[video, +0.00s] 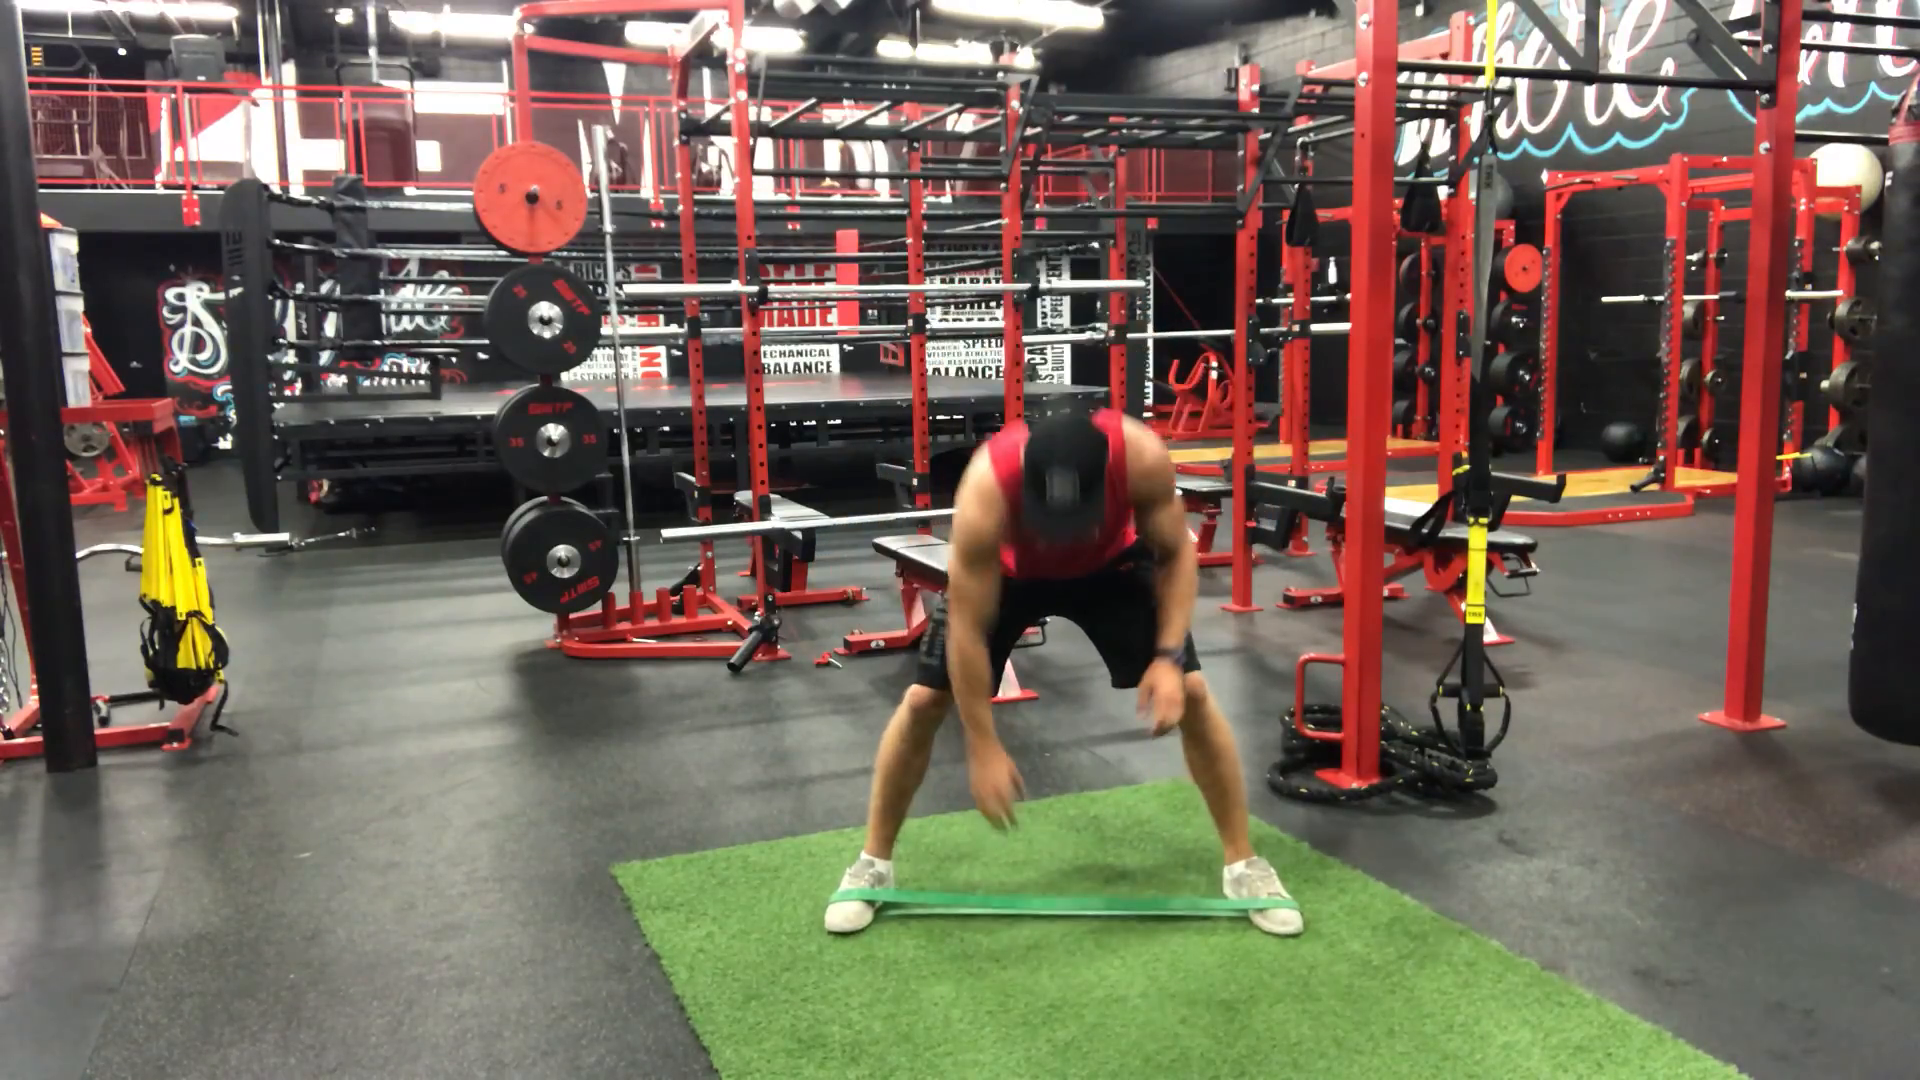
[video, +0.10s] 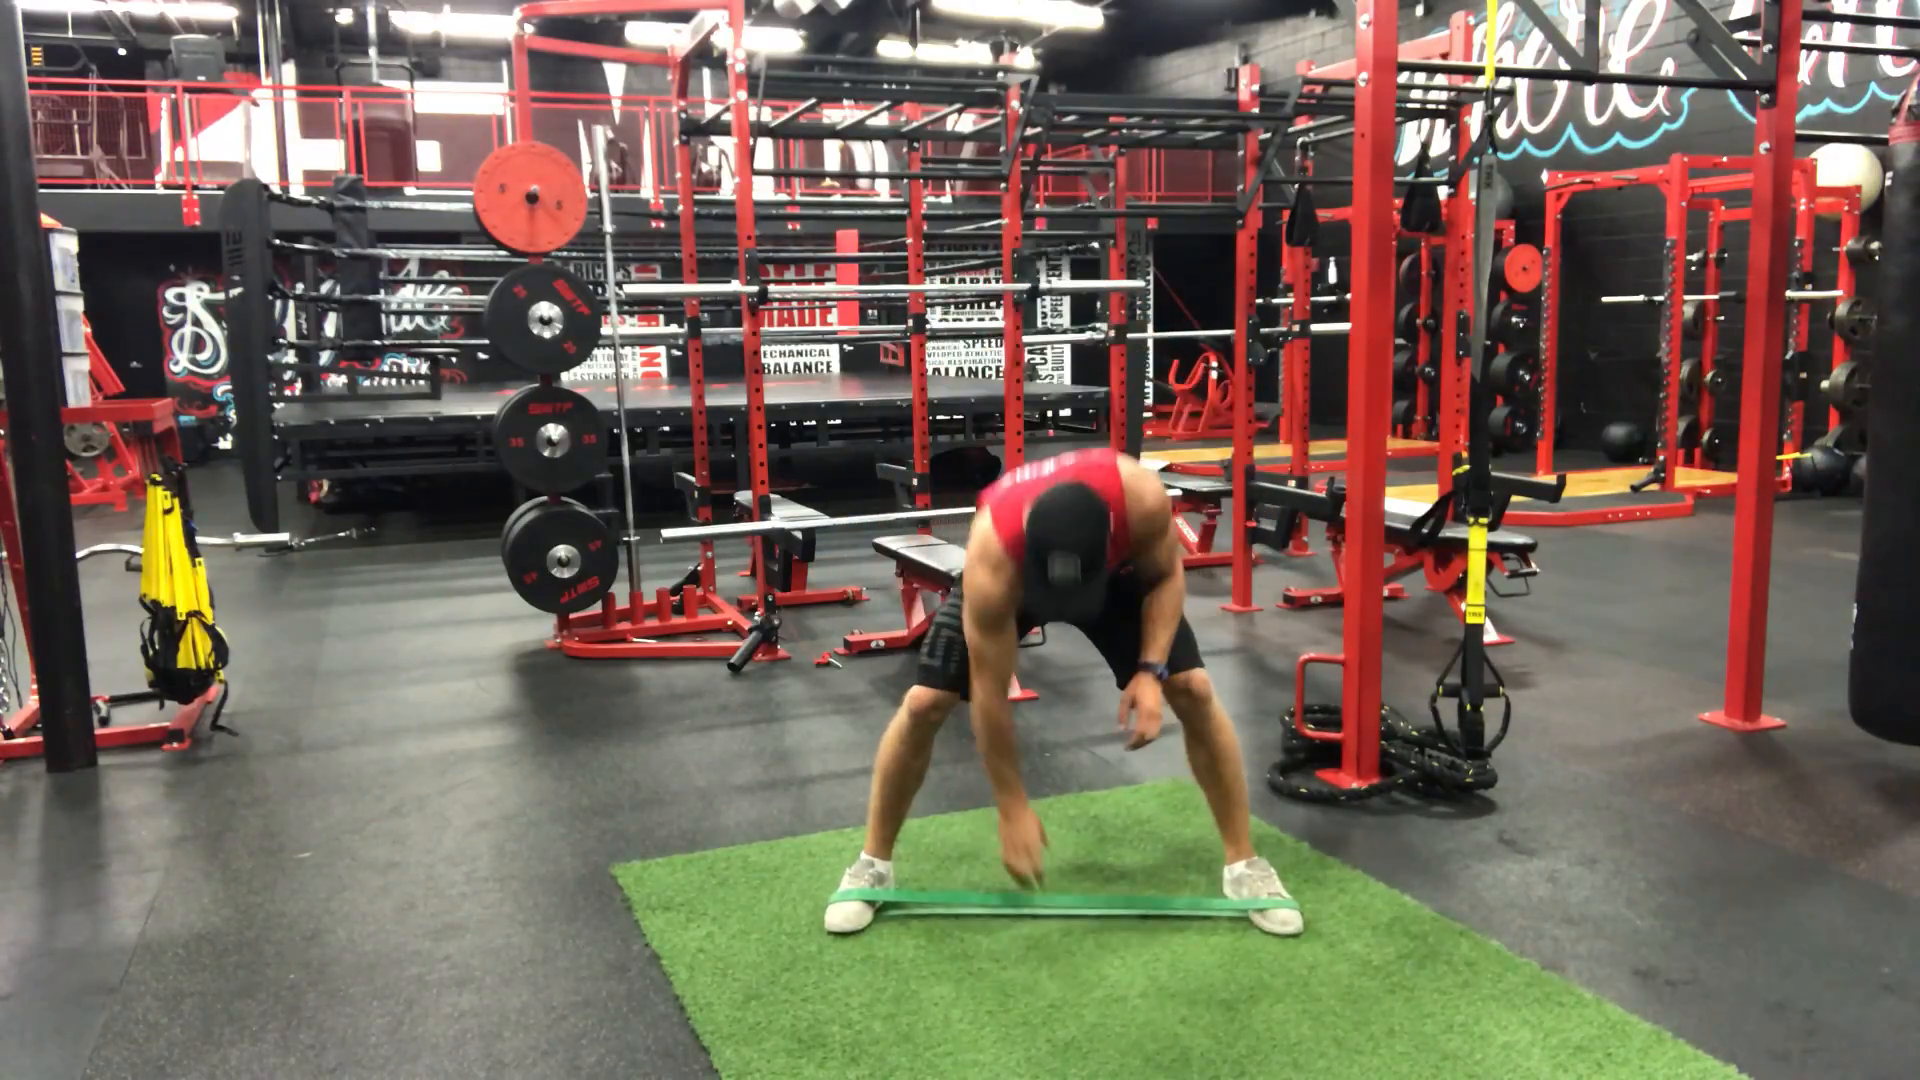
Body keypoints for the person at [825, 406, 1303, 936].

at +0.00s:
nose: (1065, 532)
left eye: (1080, 523)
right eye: (1050, 524)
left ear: (1107, 478)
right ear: (1026, 481)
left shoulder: (1143, 458)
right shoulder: (985, 489)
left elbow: (1177, 553)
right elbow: (967, 627)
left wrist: (1168, 657)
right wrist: (984, 748)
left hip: (1112, 566)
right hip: (1005, 572)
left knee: (1192, 694)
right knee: (922, 701)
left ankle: (1243, 863)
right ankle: (872, 860)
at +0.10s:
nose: (1061, 603)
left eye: (1076, 590)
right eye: (1047, 591)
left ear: (1109, 544)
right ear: (1025, 552)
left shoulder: (1145, 501)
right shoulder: (989, 559)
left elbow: (1166, 576)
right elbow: (989, 694)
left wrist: (1150, 671)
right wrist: (1012, 809)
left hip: (1116, 574)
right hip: (1003, 577)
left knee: (1195, 692)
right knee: (922, 703)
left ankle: (1243, 862)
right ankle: (872, 861)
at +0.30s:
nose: (1066, 688)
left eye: (1082, 679)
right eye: (1057, 681)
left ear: (1115, 618)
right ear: (1038, 627)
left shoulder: (1149, 549)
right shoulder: (1000, 627)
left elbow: (1172, 596)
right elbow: (1011, 758)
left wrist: (1144, 680)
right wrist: (1041, 865)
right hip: (1001, 553)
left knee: (1196, 690)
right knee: (926, 707)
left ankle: (1245, 864)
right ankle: (873, 862)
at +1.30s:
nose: (1109, 609)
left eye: (1124, 598)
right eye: (1098, 598)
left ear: (1160, 554)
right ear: (1079, 560)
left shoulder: (1192, 512)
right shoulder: (1046, 576)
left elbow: (1204, 592)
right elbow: (1041, 716)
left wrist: (1175, 675)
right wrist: (1056, 830)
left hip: (1147, 579)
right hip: (1039, 573)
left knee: (1206, 702)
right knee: (955, 715)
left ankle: (1244, 862)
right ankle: (874, 862)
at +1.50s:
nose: (1090, 566)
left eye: (1107, 556)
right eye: (1079, 556)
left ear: (1143, 514)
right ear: (1059, 528)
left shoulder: (1181, 480)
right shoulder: (1027, 542)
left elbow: (1240, 546)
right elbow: (1039, 685)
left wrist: (1233, 643)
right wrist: (1066, 789)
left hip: (1137, 569)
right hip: (1037, 571)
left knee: (1207, 702)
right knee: (955, 698)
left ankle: (1246, 864)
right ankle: (905, 853)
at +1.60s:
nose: (1047, 554)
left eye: (1060, 542)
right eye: (1033, 545)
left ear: (1092, 490)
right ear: (1012, 505)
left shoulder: (1132, 459)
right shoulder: (987, 532)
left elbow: (1209, 497)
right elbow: (1028, 665)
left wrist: (1227, 590)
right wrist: (1069, 769)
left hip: (1113, 567)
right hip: (1013, 581)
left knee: (1189, 702)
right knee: (956, 716)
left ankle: (1243, 863)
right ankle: (925, 866)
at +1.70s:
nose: (1011, 531)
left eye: (1022, 511)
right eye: (995, 519)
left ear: (1047, 463)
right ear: (970, 487)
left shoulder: (1088, 434)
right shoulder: (953, 528)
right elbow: (1000, 651)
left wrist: (1189, 534)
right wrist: (1052, 755)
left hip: (1085, 562)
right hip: (987, 582)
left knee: (1166, 701)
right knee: (948, 719)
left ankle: (1237, 859)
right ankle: (923, 867)